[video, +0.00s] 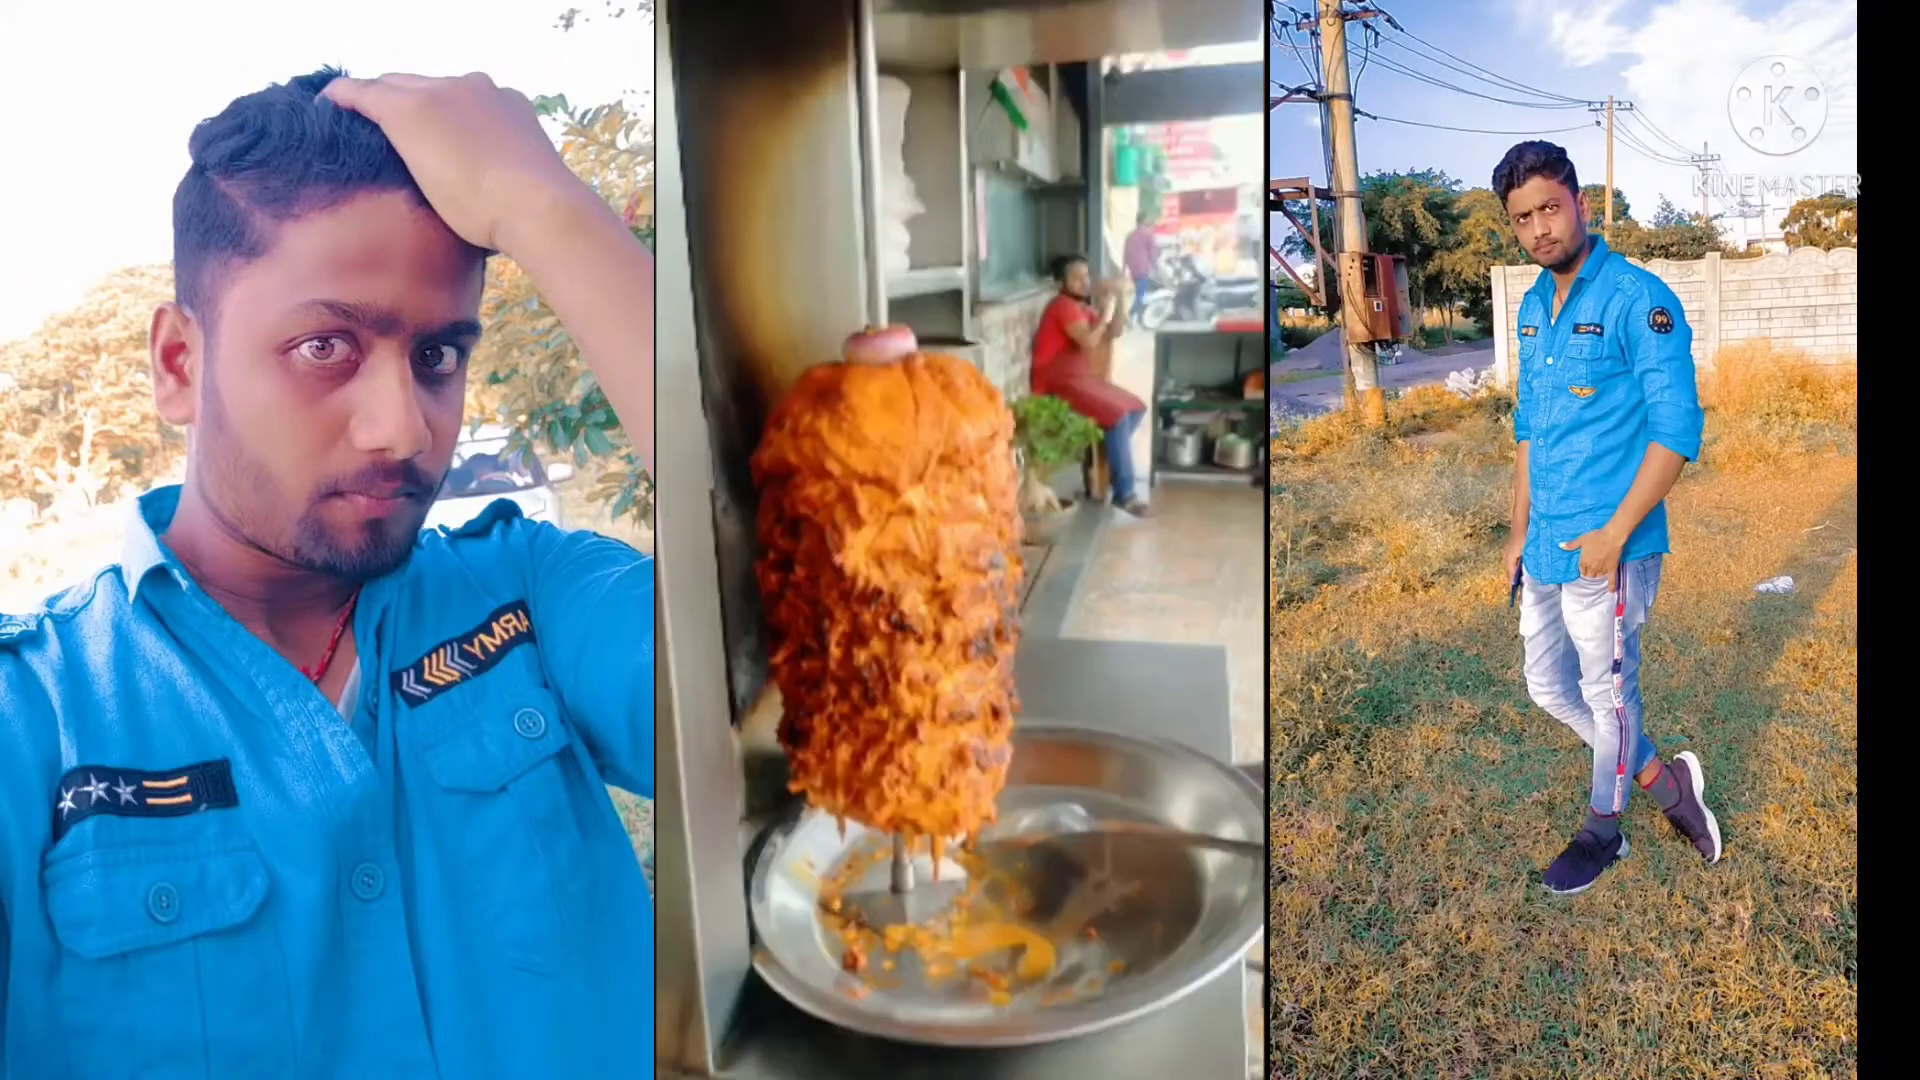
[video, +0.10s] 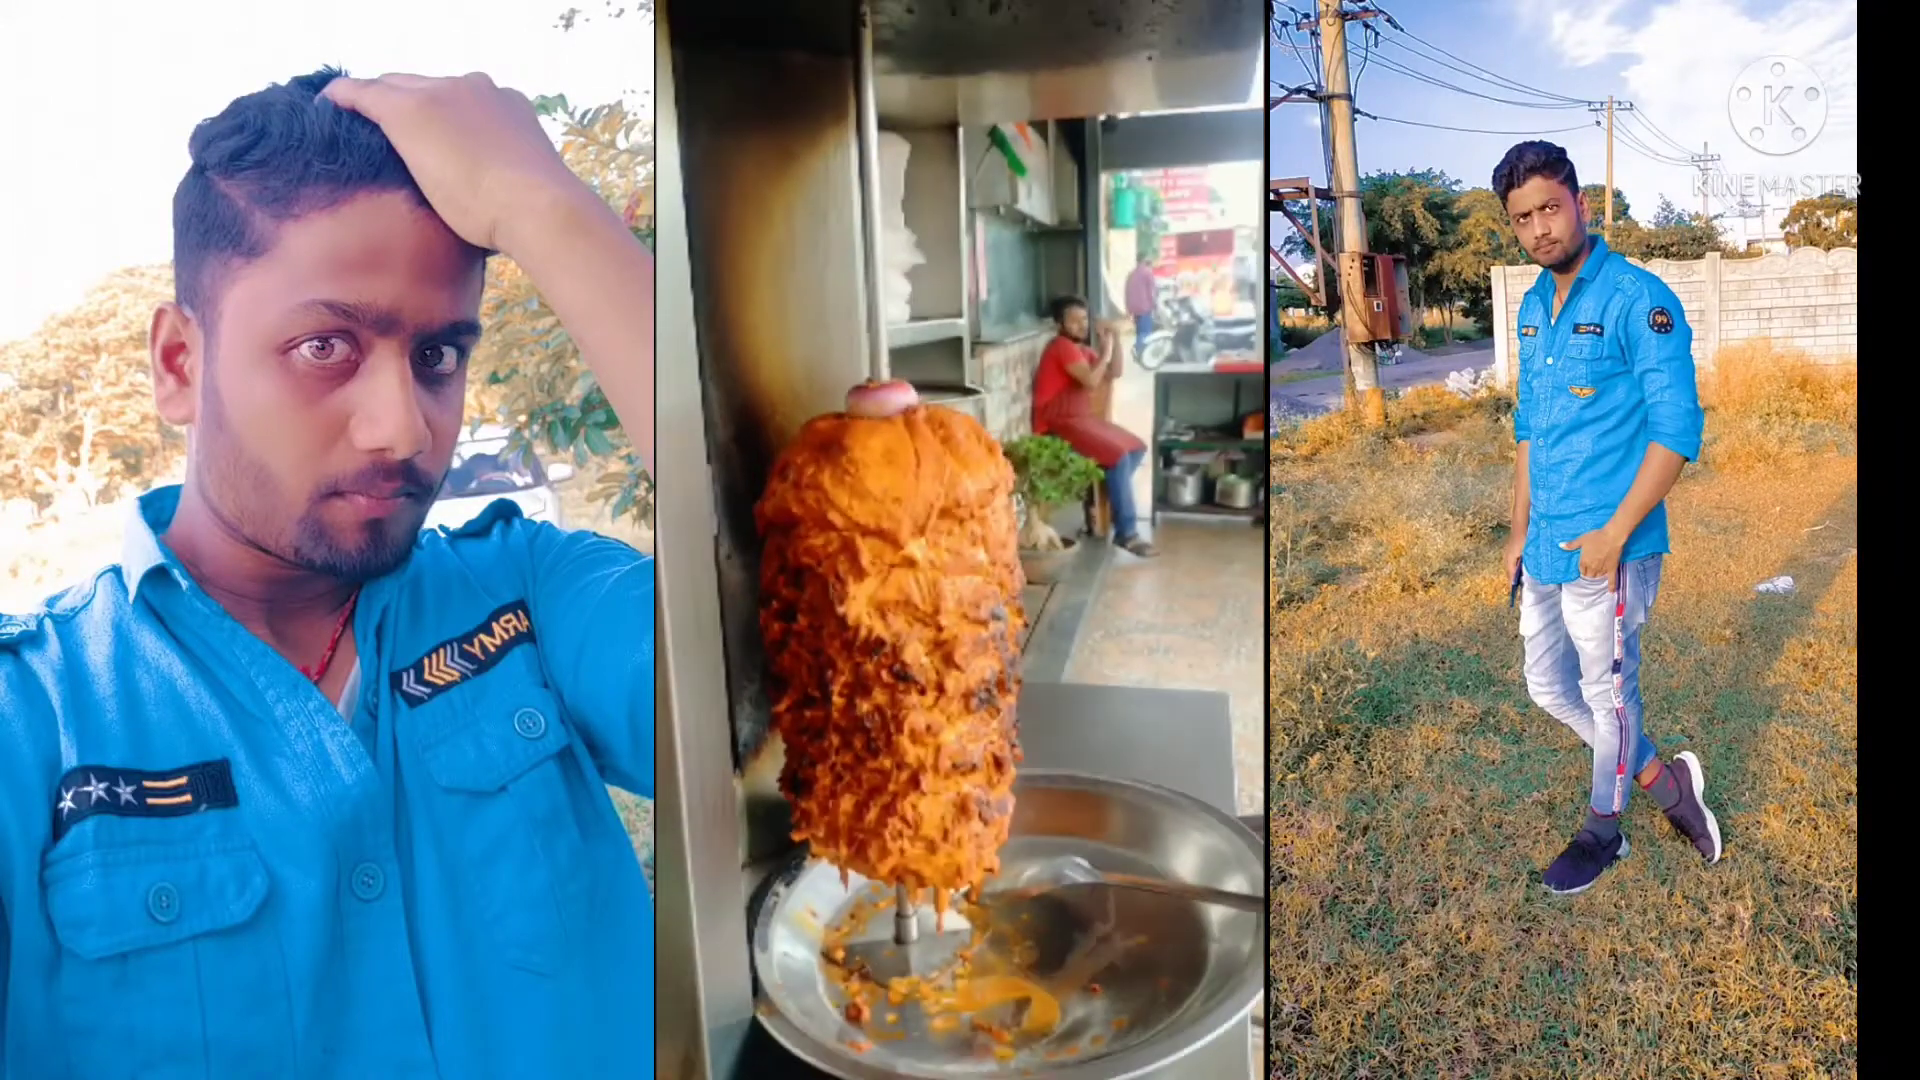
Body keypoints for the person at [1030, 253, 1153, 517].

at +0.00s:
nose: (1085, 282)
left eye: (1086, 276)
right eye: (1078, 278)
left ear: (1090, 278)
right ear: (1063, 282)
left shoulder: (1084, 307)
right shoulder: (1063, 306)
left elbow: (1114, 331)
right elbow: (1088, 341)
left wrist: (1120, 299)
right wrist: (1108, 308)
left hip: (1082, 378)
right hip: (1059, 381)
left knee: (1136, 409)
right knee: (1116, 416)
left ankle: (1096, 462)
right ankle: (1125, 494)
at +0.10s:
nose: (1081, 325)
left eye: (1084, 319)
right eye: (1074, 320)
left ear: (1088, 321)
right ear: (1061, 324)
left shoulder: (1082, 349)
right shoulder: (1061, 347)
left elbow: (1114, 371)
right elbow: (1091, 379)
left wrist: (1115, 339)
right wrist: (1108, 347)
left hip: (1082, 418)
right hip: (1060, 422)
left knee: (1137, 448)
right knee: (1117, 455)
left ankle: (1095, 503)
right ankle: (1127, 533)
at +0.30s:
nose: (1086, 304)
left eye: (1090, 297)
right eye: (1080, 298)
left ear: (1094, 299)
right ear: (1067, 301)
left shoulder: (1088, 328)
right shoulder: (1067, 326)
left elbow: (1120, 350)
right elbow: (1092, 364)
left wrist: (1114, 315)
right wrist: (1112, 336)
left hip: (1089, 397)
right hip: (1067, 401)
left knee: (1145, 428)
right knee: (1124, 435)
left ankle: (1102, 480)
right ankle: (1135, 513)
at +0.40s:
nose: (1100, 242)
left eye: (1102, 236)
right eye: (1093, 237)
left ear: (1105, 238)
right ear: (1079, 240)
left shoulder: (1099, 268)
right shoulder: (1077, 268)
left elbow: (1128, 289)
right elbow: (1091, 314)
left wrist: (1122, 257)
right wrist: (1124, 293)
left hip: (1099, 339)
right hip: (1076, 344)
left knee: (1155, 372)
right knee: (1135, 379)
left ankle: (1113, 425)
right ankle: (1145, 458)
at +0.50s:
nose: (1113, 183)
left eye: (1114, 177)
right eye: (1106, 177)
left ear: (1115, 182)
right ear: (1088, 182)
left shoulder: (1110, 213)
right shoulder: (1085, 212)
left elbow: (1140, 232)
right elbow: (1085, 260)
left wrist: (1132, 198)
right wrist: (1131, 266)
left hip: (1112, 284)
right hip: (1087, 289)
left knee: (1167, 314)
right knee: (1146, 322)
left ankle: (1127, 368)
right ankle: (1159, 403)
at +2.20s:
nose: (1131, 158)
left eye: (1133, 152)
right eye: (1124, 152)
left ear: (1134, 156)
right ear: (1105, 156)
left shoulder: (1124, 188)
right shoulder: (1100, 185)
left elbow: (1161, 210)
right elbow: (1106, 232)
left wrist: (1146, 176)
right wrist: (1128, 266)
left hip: (1117, 260)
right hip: (1093, 264)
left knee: (1176, 295)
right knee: (1156, 301)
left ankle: (1133, 344)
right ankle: (1173, 380)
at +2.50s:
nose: (1150, 129)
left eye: (1153, 122)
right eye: (1143, 122)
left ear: (1155, 127)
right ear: (1125, 127)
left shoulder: (1144, 160)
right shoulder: (1121, 156)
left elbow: (1183, 183)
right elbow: (1126, 207)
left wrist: (1167, 146)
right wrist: (1152, 242)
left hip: (1133, 234)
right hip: (1113, 237)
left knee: (1197, 268)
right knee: (1180, 272)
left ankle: (1154, 326)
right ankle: (1163, 350)